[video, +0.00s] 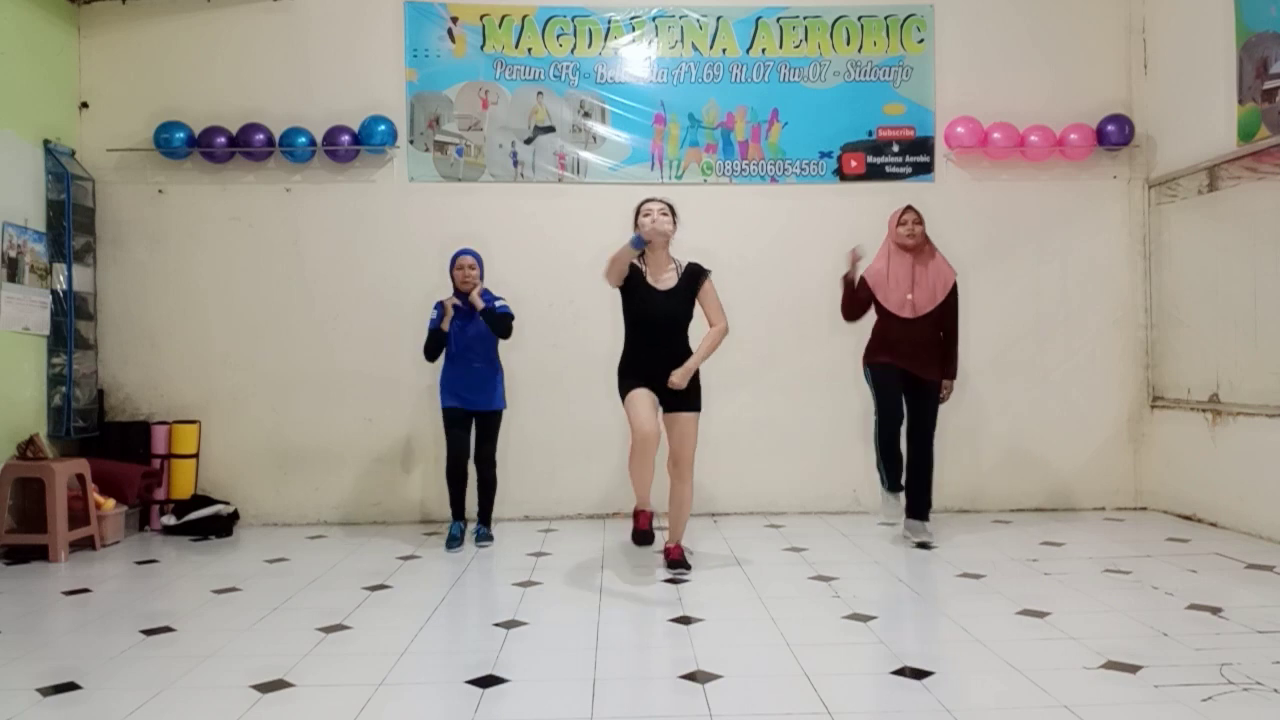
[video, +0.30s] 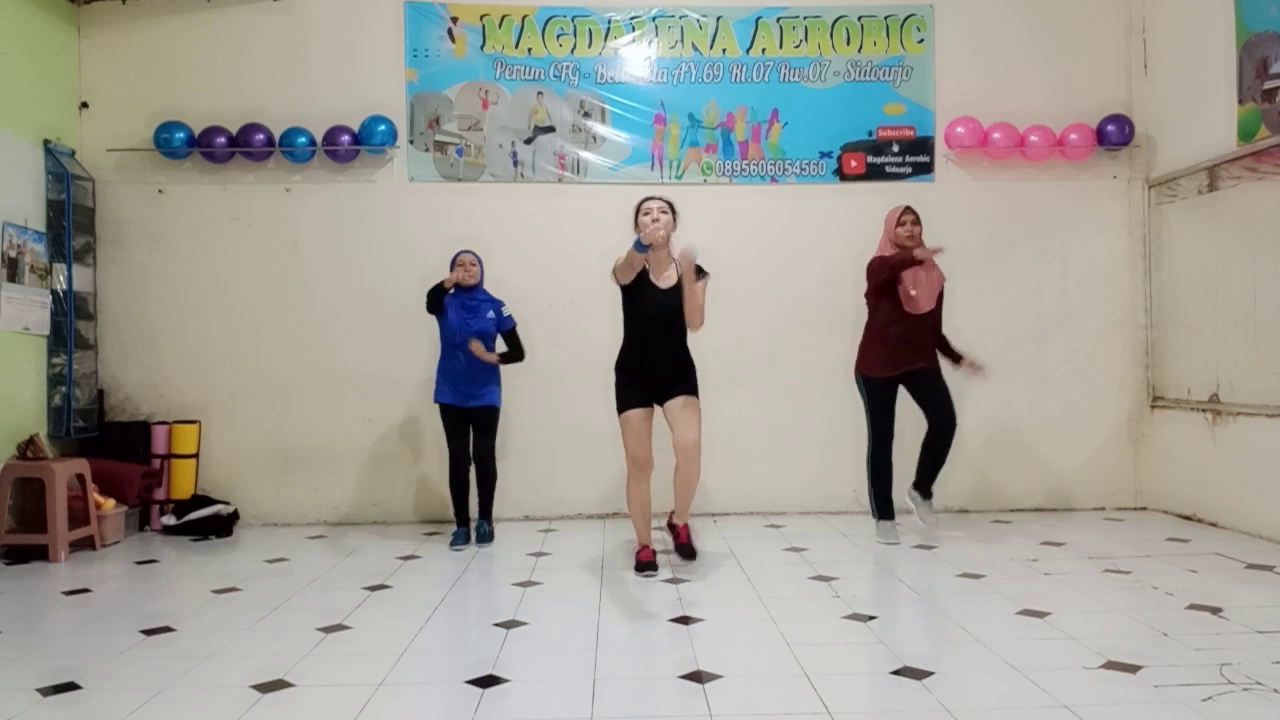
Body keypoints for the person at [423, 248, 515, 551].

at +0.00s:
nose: (466, 272)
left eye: (472, 267)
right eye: (460, 268)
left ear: (481, 273)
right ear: (452, 274)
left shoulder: (493, 302)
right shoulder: (443, 308)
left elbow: (505, 331)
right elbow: (431, 354)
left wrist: (478, 303)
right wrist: (445, 318)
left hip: (489, 394)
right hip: (455, 394)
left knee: (484, 459)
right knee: (457, 458)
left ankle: (484, 524)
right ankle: (457, 522)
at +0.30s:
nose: (467, 269)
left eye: (472, 265)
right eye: (461, 266)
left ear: (481, 272)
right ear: (452, 274)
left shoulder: (494, 306)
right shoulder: (445, 302)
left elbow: (518, 353)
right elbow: (432, 304)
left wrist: (493, 357)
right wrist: (444, 284)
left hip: (485, 393)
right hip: (451, 392)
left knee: (484, 457)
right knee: (458, 459)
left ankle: (484, 522)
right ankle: (462, 526)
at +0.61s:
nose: (469, 270)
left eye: (475, 266)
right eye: (463, 266)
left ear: (484, 274)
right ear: (454, 274)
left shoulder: (496, 305)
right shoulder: (449, 304)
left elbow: (533, 338)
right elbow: (435, 309)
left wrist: (506, 330)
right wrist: (440, 297)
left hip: (488, 394)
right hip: (454, 392)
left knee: (486, 461)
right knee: (458, 460)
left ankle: (486, 525)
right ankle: (460, 524)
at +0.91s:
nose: (472, 273)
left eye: (479, 269)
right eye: (467, 269)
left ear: (487, 276)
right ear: (459, 275)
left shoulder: (498, 301)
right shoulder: (451, 305)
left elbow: (496, 304)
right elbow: (439, 317)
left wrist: (470, 292)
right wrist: (448, 301)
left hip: (489, 392)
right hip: (455, 393)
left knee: (487, 460)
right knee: (460, 461)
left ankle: (486, 525)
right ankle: (460, 526)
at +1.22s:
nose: (472, 274)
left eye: (478, 270)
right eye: (466, 269)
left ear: (488, 276)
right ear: (459, 275)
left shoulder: (498, 302)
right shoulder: (452, 302)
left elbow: (498, 300)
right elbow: (438, 298)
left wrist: (472, 282)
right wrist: (447, 287)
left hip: (488, 392)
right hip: (455, 391)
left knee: (482, 458)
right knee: (457, 461)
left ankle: (485, 525)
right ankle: (460, 526)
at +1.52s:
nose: (469, 269)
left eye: (476, 265)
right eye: (465, 264)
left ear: (486, 270)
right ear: (457, 271)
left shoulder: (496, 293)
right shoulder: (450, 295)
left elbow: (497, 249)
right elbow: (443, 249)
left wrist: (476, 204)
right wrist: (458, 206)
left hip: (493, 386)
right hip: (459, 386)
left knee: (489, 456)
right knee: (462, 453)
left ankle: (486, 522)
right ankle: (460, 510)